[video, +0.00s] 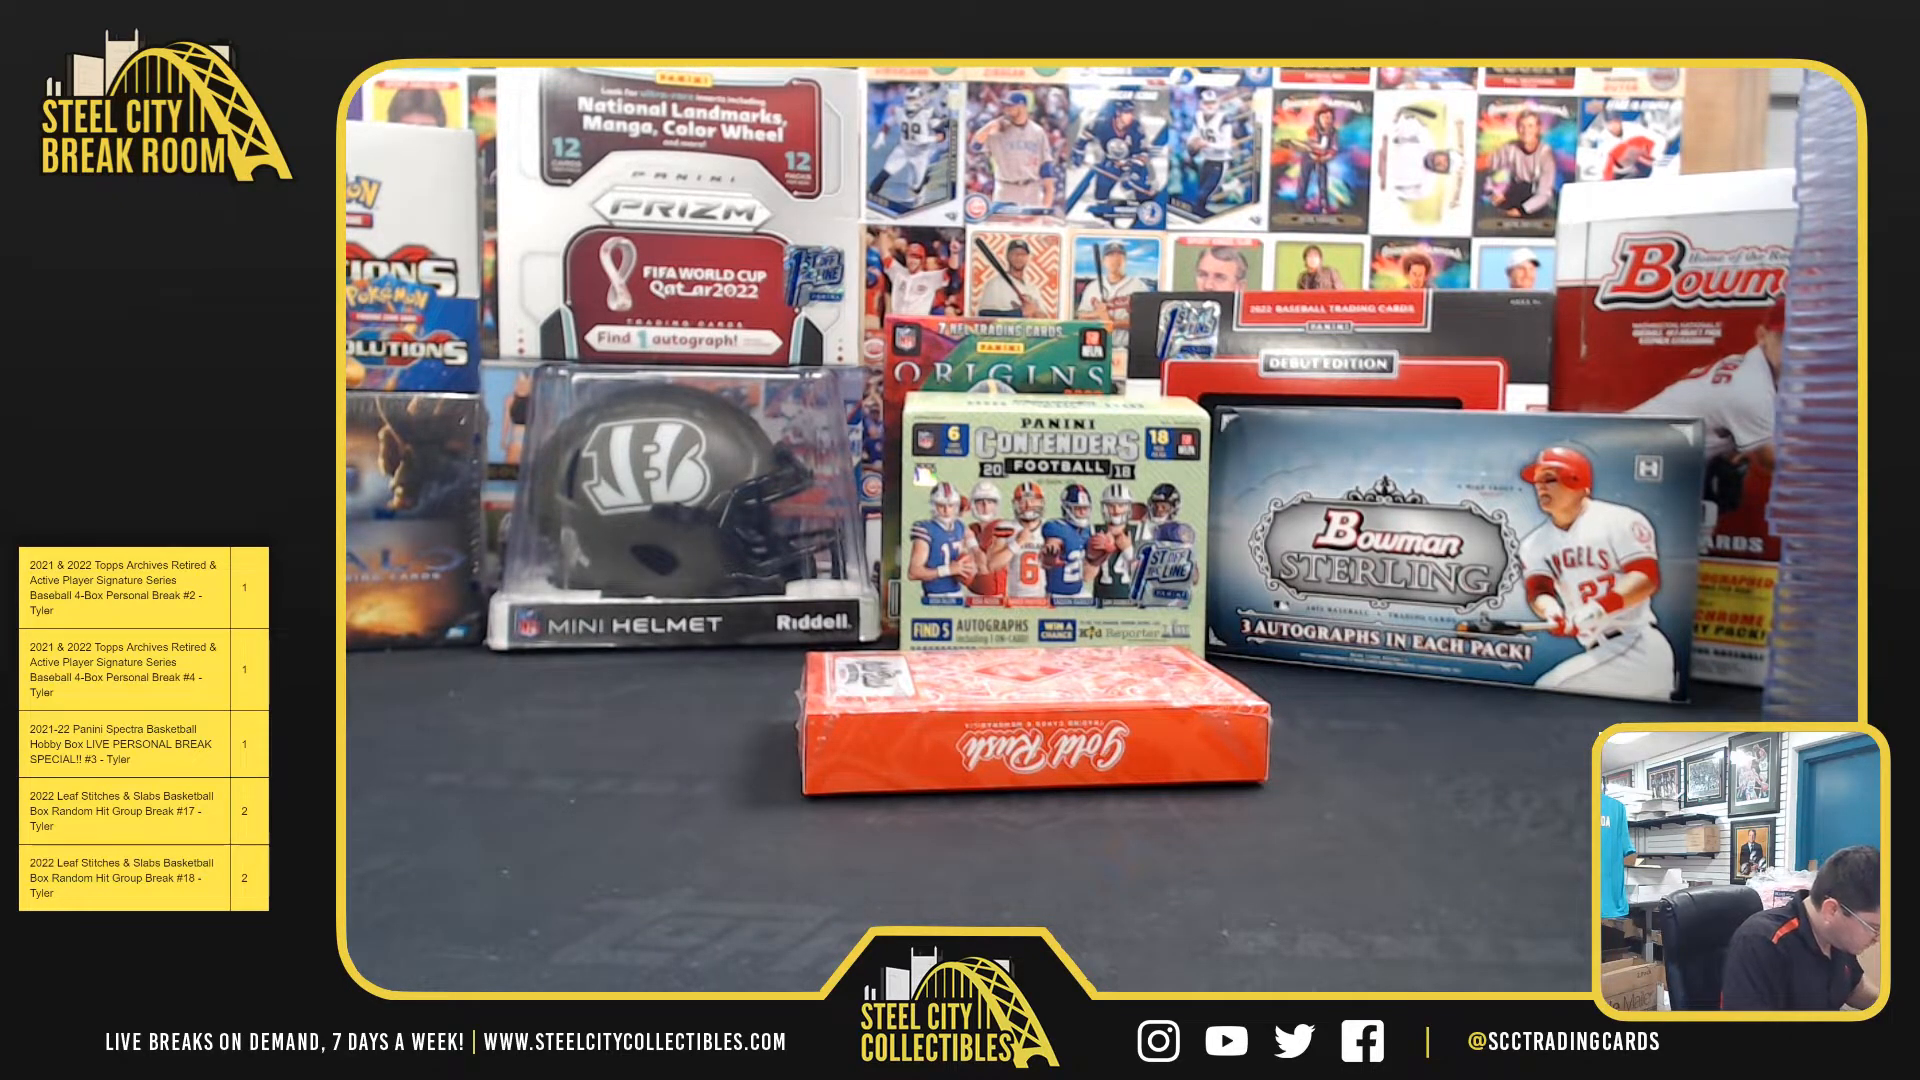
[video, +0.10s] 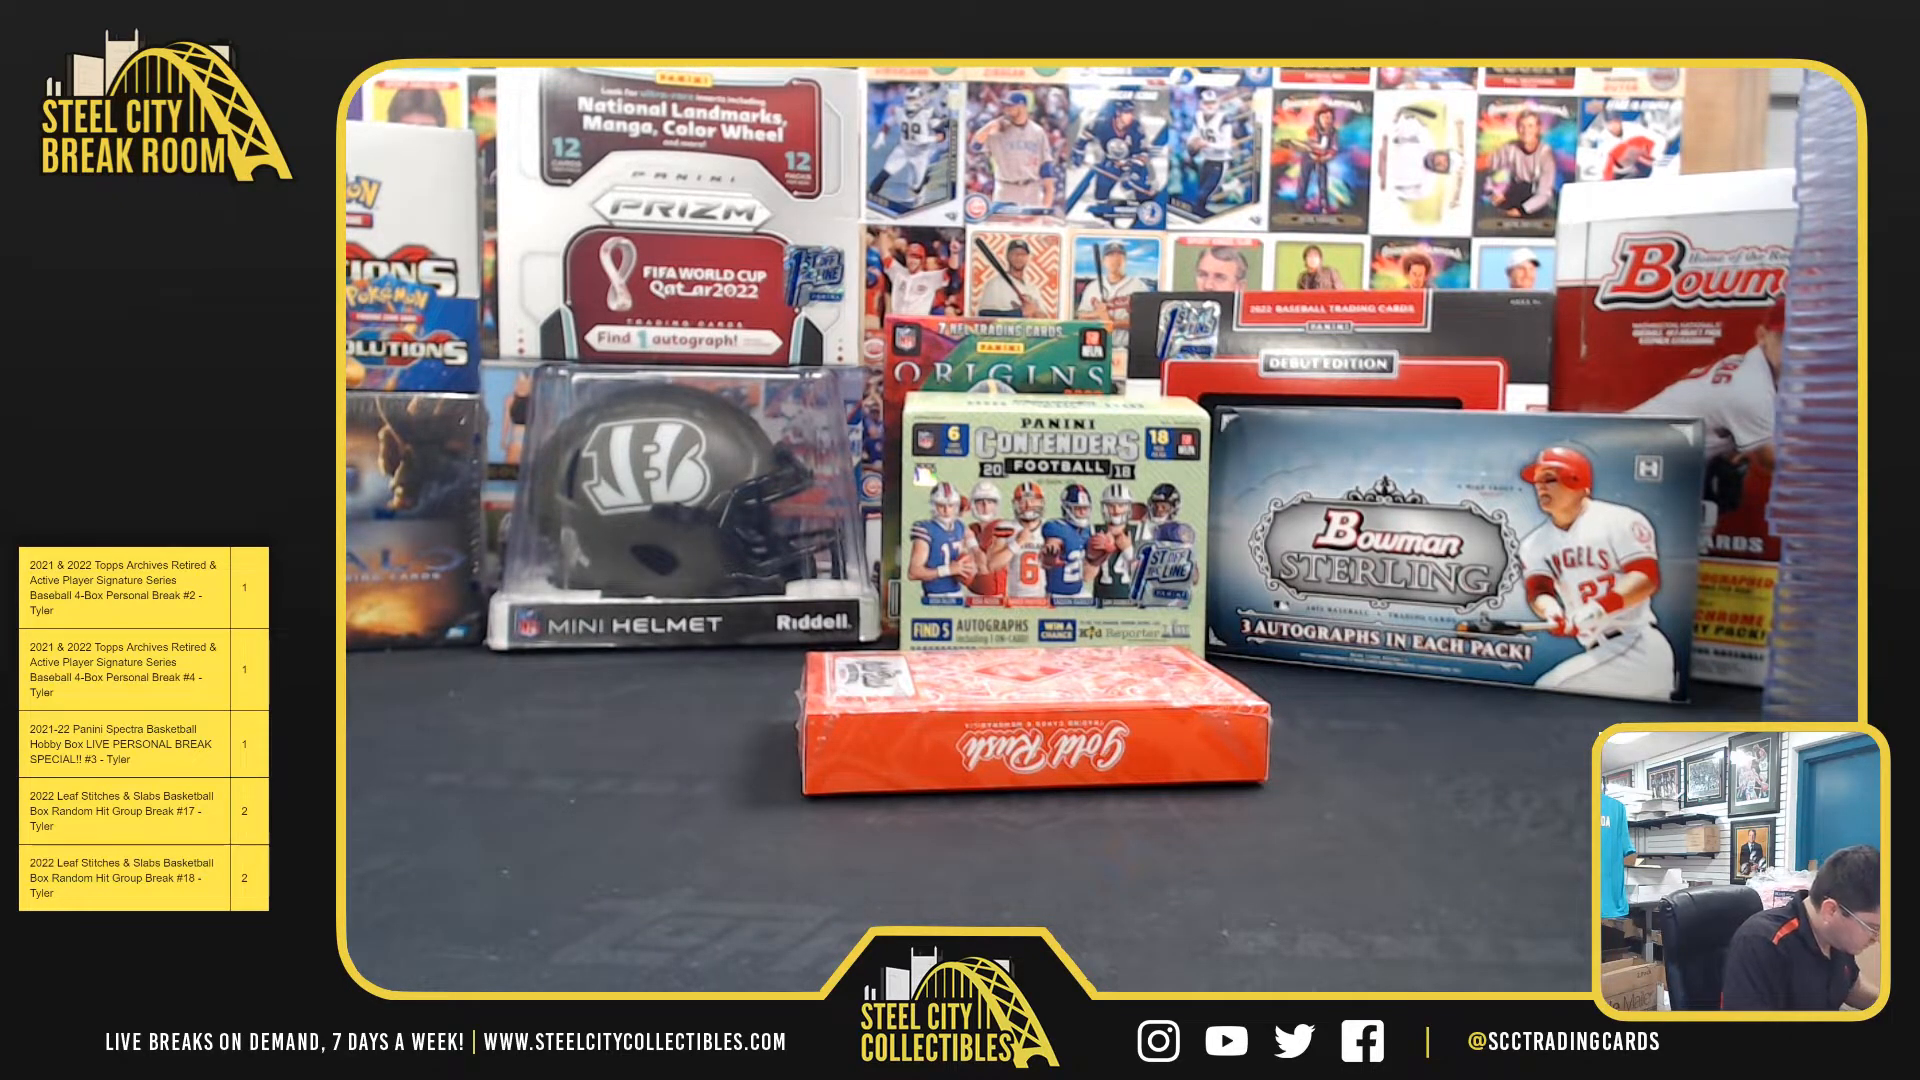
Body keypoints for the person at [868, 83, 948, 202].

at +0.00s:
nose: (910, 103)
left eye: (913, 99)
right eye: (908, 99)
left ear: (920, 100)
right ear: (905, 100)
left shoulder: (928, 114)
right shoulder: (899, 113)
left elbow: (942, 135)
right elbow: (887, 125)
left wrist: (928, 139)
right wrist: (881, 138)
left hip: (921, 153)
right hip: (903, 150)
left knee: (915, 187)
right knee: (885, 173)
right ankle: (868, 198)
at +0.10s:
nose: (910, 103)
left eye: (913, 99)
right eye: (908, 99)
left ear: (921, 100)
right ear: (905, 100)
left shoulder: (928, 114)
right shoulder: (900, 113)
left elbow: (942, 135)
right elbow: (887, 125)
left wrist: (928, 139)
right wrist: (881, 138)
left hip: (921, 153)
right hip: (903, 150)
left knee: (915, 187)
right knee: (885, 173)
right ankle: (868, 197)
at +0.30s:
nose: (910, 103)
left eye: (913, 99)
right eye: (908, 99)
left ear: (921, 100)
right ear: (905, 100)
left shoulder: (928, 114)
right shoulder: (900, 113)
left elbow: (942, 135)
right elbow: (887, 125)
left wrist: (928, 139)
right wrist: (881, 138)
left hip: (921, 153)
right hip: (903, 150)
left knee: (915, 187)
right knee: (885, 173)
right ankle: (868, 197)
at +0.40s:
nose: (910, 103)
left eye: (913, 99)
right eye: (908, 99)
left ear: (920, 100)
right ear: (905, 100)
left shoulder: (928, 114)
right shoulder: (899, 113)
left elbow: (942, 135)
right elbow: (887, 125)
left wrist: (928, 139)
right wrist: (881, 138)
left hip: (921, 153)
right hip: (903, 150)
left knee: (915, 187)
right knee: (885, 173)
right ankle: (868, 198)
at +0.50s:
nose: (910, 102)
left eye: (913, 99)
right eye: (908, 99)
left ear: (920, 100)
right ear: (905, 100)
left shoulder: (928, 114)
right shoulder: (900, 113)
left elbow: (942, 135)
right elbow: (887, 125)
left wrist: (928, 139)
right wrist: (881, 138)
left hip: (921, 153)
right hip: (903, 150)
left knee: (915, 186)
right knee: (885, 173)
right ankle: (868, 197)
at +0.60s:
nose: (910, 102)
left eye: (913, 99)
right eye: (908, 99)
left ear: (920, 100)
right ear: (905, 100)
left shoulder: (928, 114)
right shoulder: (899, 113)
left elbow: (942, 135)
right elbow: (887, 125)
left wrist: (928, 139)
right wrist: (881, 138)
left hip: (921, 153)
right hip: (903, 150)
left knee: (915, 186)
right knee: (885, 173)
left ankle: (919, 196)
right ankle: (868, 198)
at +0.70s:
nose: (910, 103)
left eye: (913, 99)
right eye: (908, 99)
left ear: (920, 100)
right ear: (905, 100)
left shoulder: (928, 114)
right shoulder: (899, 113)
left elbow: (942, 135)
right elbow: (887, 125)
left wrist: (928, 139)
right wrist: (881, 138)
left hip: (921, 153)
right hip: (903, 150)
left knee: (915, 186)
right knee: (885, 173)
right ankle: (868, 198)